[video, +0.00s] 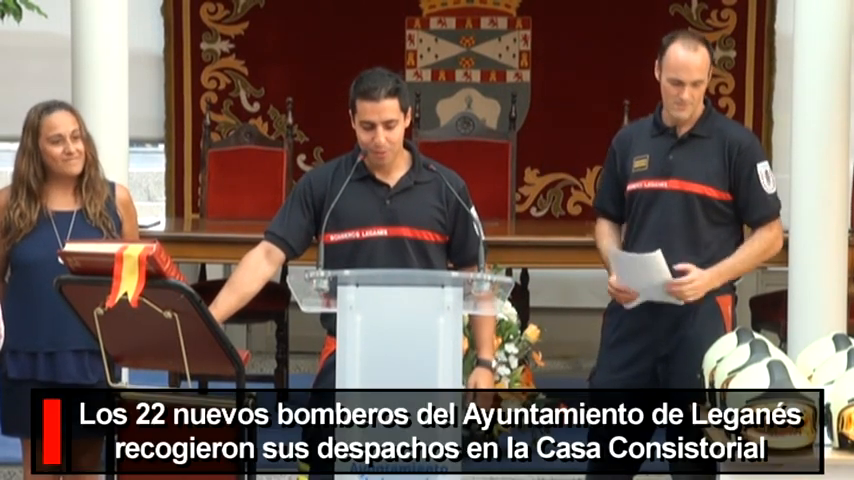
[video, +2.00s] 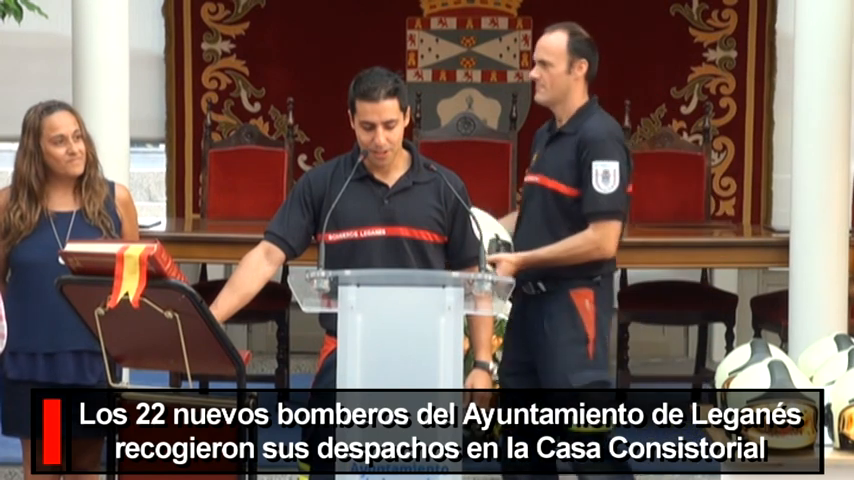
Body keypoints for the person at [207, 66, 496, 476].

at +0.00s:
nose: (379, 139)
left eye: (389, 125)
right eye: (368, 126)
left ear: (408, 119)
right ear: (352, 123)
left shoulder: (447, 188)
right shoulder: (322, 185)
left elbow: (477, 281)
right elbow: (267, 255)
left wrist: (485, 363)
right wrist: (207, 322)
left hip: (428, 353)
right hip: (348, 352)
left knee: (429, 468)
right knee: (330, 464)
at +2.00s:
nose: (379, 139)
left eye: (389, 126)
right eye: (368, 127)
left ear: (407, 119)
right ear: (352, 122)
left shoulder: (445, 188)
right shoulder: (322, 184)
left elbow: (474, 279)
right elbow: (267, 255)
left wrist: (483, 364)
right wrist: (208, 322)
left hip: (427, 353)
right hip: (347, 352)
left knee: (430, 471)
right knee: (330, 468)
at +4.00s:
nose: (383, 139)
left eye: (394, 126)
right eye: (372, 127)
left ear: (412, 120)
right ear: (356, 122)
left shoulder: (450, 190)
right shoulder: (327, 184)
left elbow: (479, 282)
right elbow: (272, 256)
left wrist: (486, 366)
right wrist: (212, 324)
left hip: (431, 356)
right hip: (352, 354)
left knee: (433, 470)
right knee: (330, 464)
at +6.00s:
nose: (380, 135)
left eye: (391, 122)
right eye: (370, 123)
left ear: (412, 120)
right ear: (357, 123)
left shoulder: (452, 191)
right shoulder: (330, 185)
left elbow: (482, 283)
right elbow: (273, 257)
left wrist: (488, 367)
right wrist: (214, 325)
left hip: (432, 357)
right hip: (353, 356)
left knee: (431, 469)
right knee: (337, 467)